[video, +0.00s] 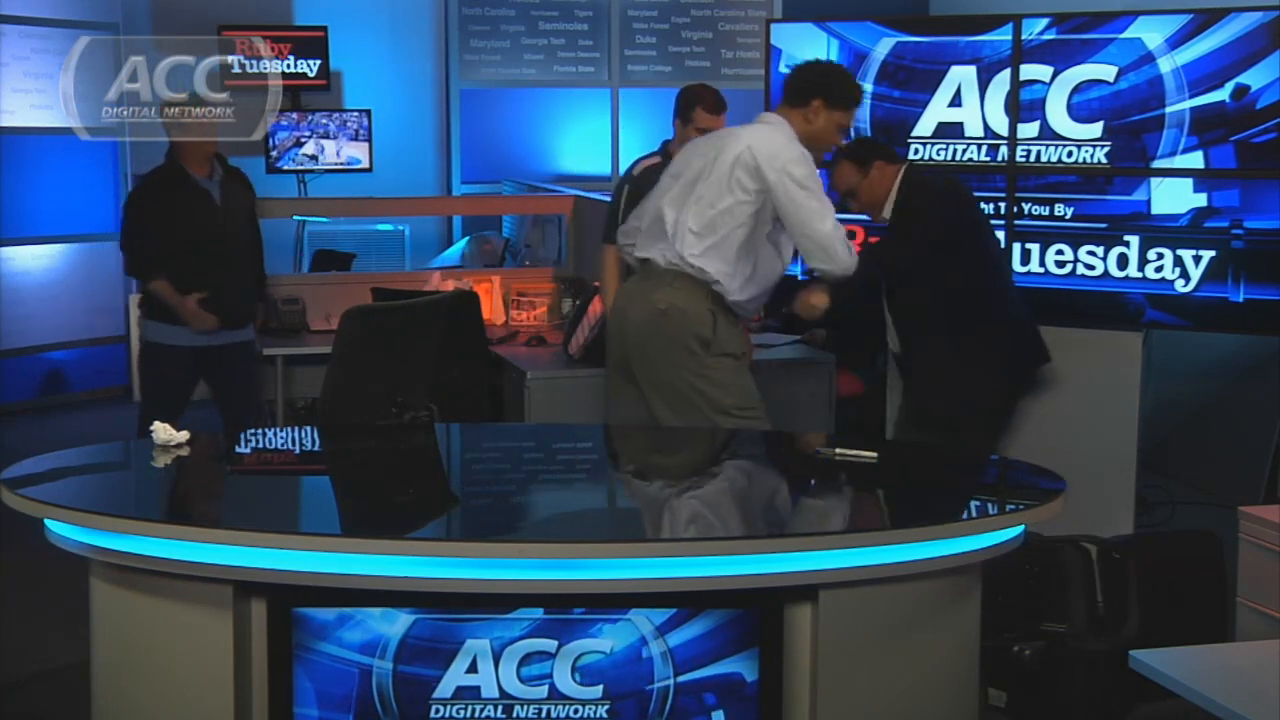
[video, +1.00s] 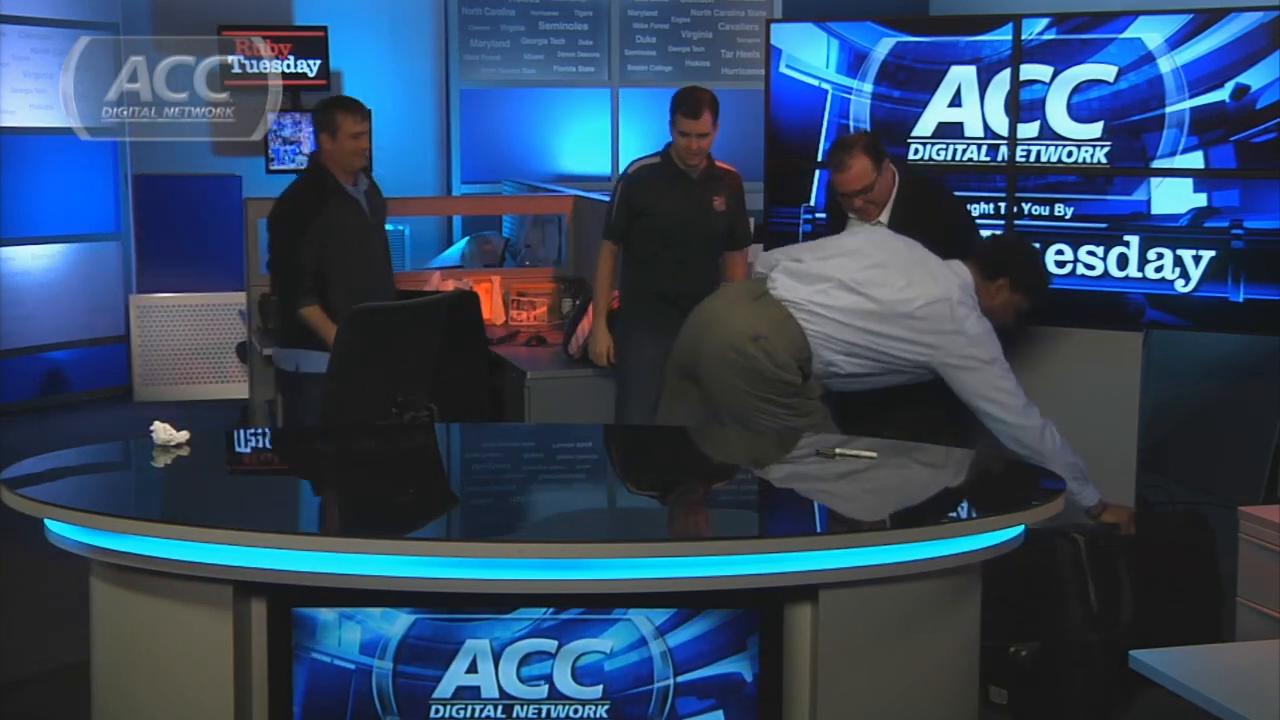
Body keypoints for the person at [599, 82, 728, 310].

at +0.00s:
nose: (710, 142)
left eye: (717, 134)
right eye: (702, 132)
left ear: (723, 129)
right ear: (678, 126)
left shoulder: (722, 176)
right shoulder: (643, 174)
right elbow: (613, 251)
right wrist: (616, 320)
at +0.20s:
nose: (715, 143)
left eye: (721, 134)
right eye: (705, 133)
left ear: (727, 129)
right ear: (682, 127)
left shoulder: (726, 179)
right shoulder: (646, 177)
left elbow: (736, 252)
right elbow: (616, 256)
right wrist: (619, 332)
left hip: (708, 315)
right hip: (651, 315)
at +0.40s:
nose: (718, 145)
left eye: (725, 136)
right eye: (709, 135)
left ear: (732, 132)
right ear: (687, 128)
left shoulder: (729, 177)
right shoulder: (649, 176)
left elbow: (736, 249)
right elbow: (617, 254)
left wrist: (741, 320)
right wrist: (622, 331)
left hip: (713, 321)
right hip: (655, 322)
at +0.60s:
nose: (717, 145)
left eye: (725, 136)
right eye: (709, 135)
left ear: (733, 131)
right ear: (689, 127)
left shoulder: (735, 179)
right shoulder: (650, 175)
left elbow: (736, 254)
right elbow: (619, 251)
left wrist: (738, 320)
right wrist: (617, 326)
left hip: (710, 324)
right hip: (653, 326)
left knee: (711, 429)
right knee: (658, 431)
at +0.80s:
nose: (709, 145)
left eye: (718, 136)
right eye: (700, 136)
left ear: (728, 130)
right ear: (685, 127)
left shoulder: (735, 182)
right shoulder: (649, 174)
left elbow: (739, 262)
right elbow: (616, 248)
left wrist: (740, 326)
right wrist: (608, 322)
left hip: (707, 325)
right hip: (649, 324)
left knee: (707, 426)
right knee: (651, 426)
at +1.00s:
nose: (693, 146)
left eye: (702, 136)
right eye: (685, 135)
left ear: (715, 129)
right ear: (672, 127)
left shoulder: (727, 181)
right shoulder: (638, 178)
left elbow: (735, 262)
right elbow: (609, 251)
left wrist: (735, 328)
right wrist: (598, 325)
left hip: (702, 327)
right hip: (643, 325)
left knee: (699, 430)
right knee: (638, 428)